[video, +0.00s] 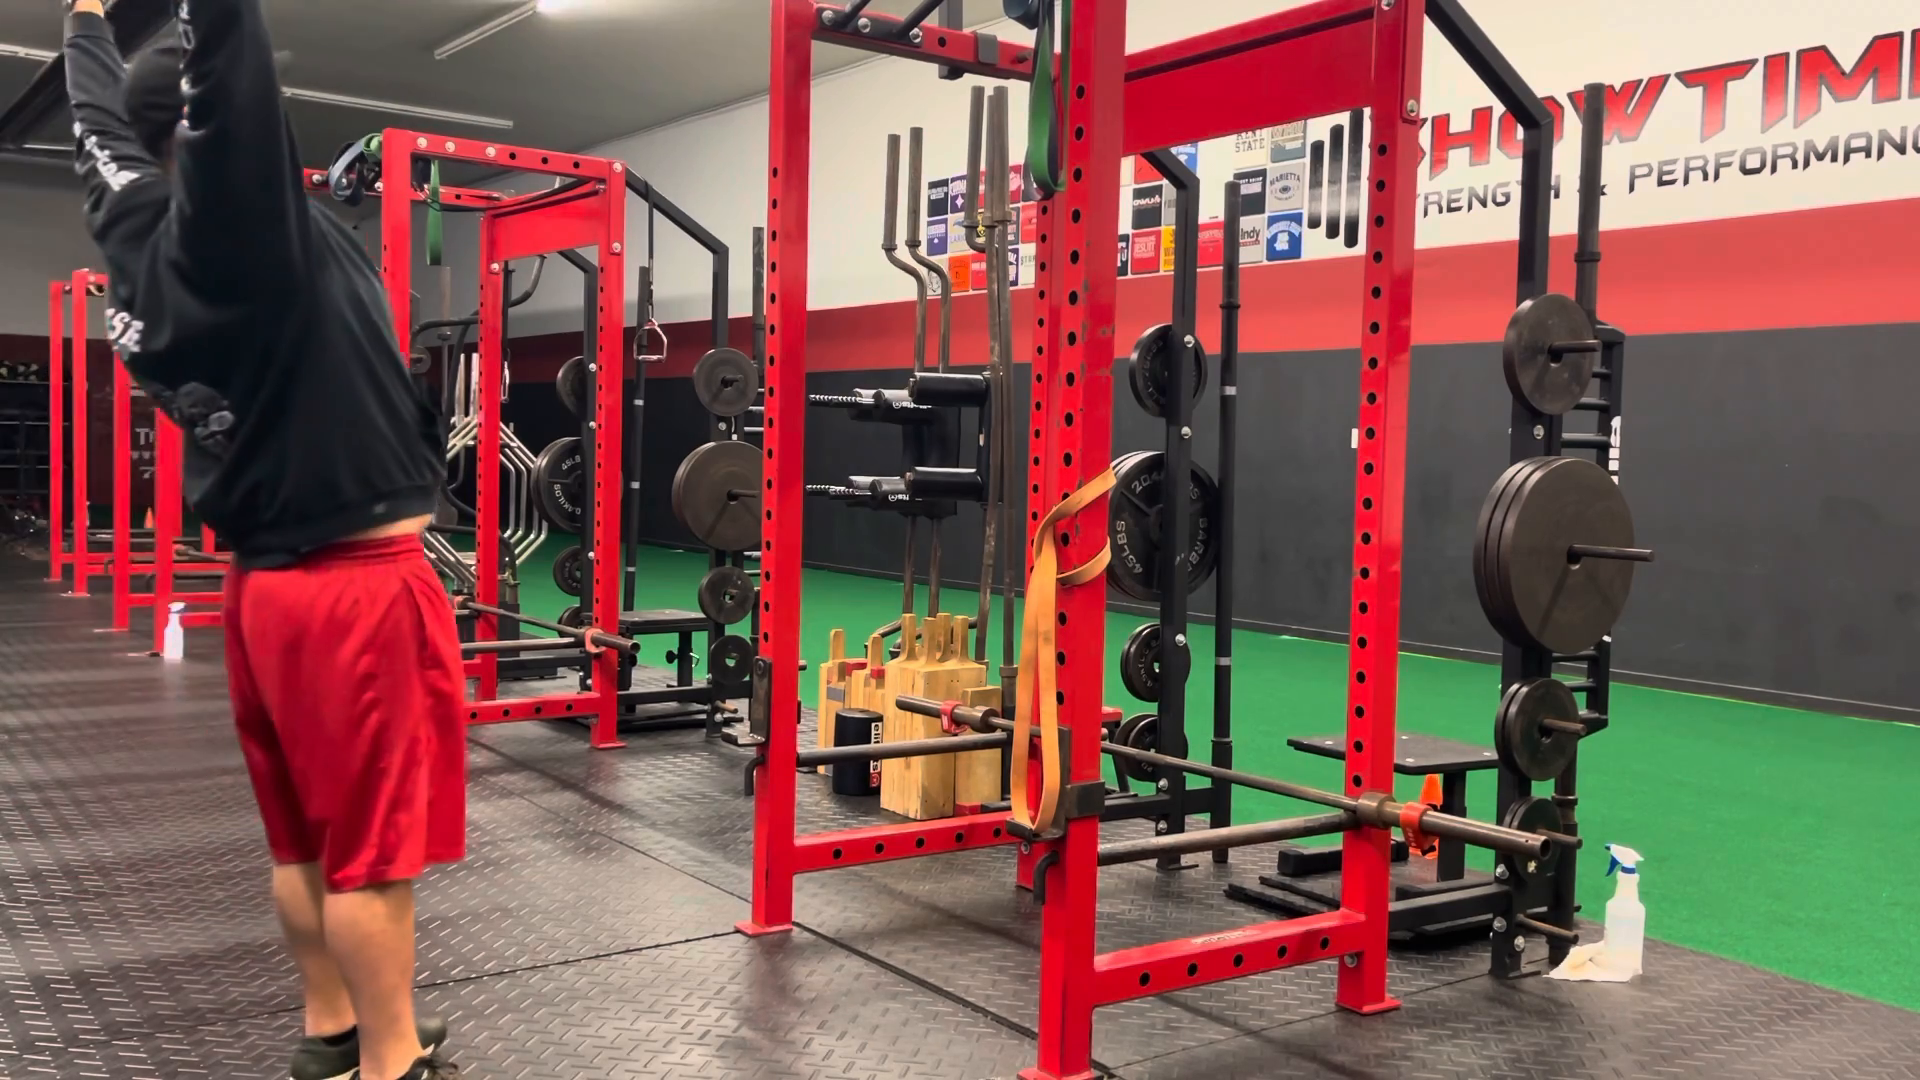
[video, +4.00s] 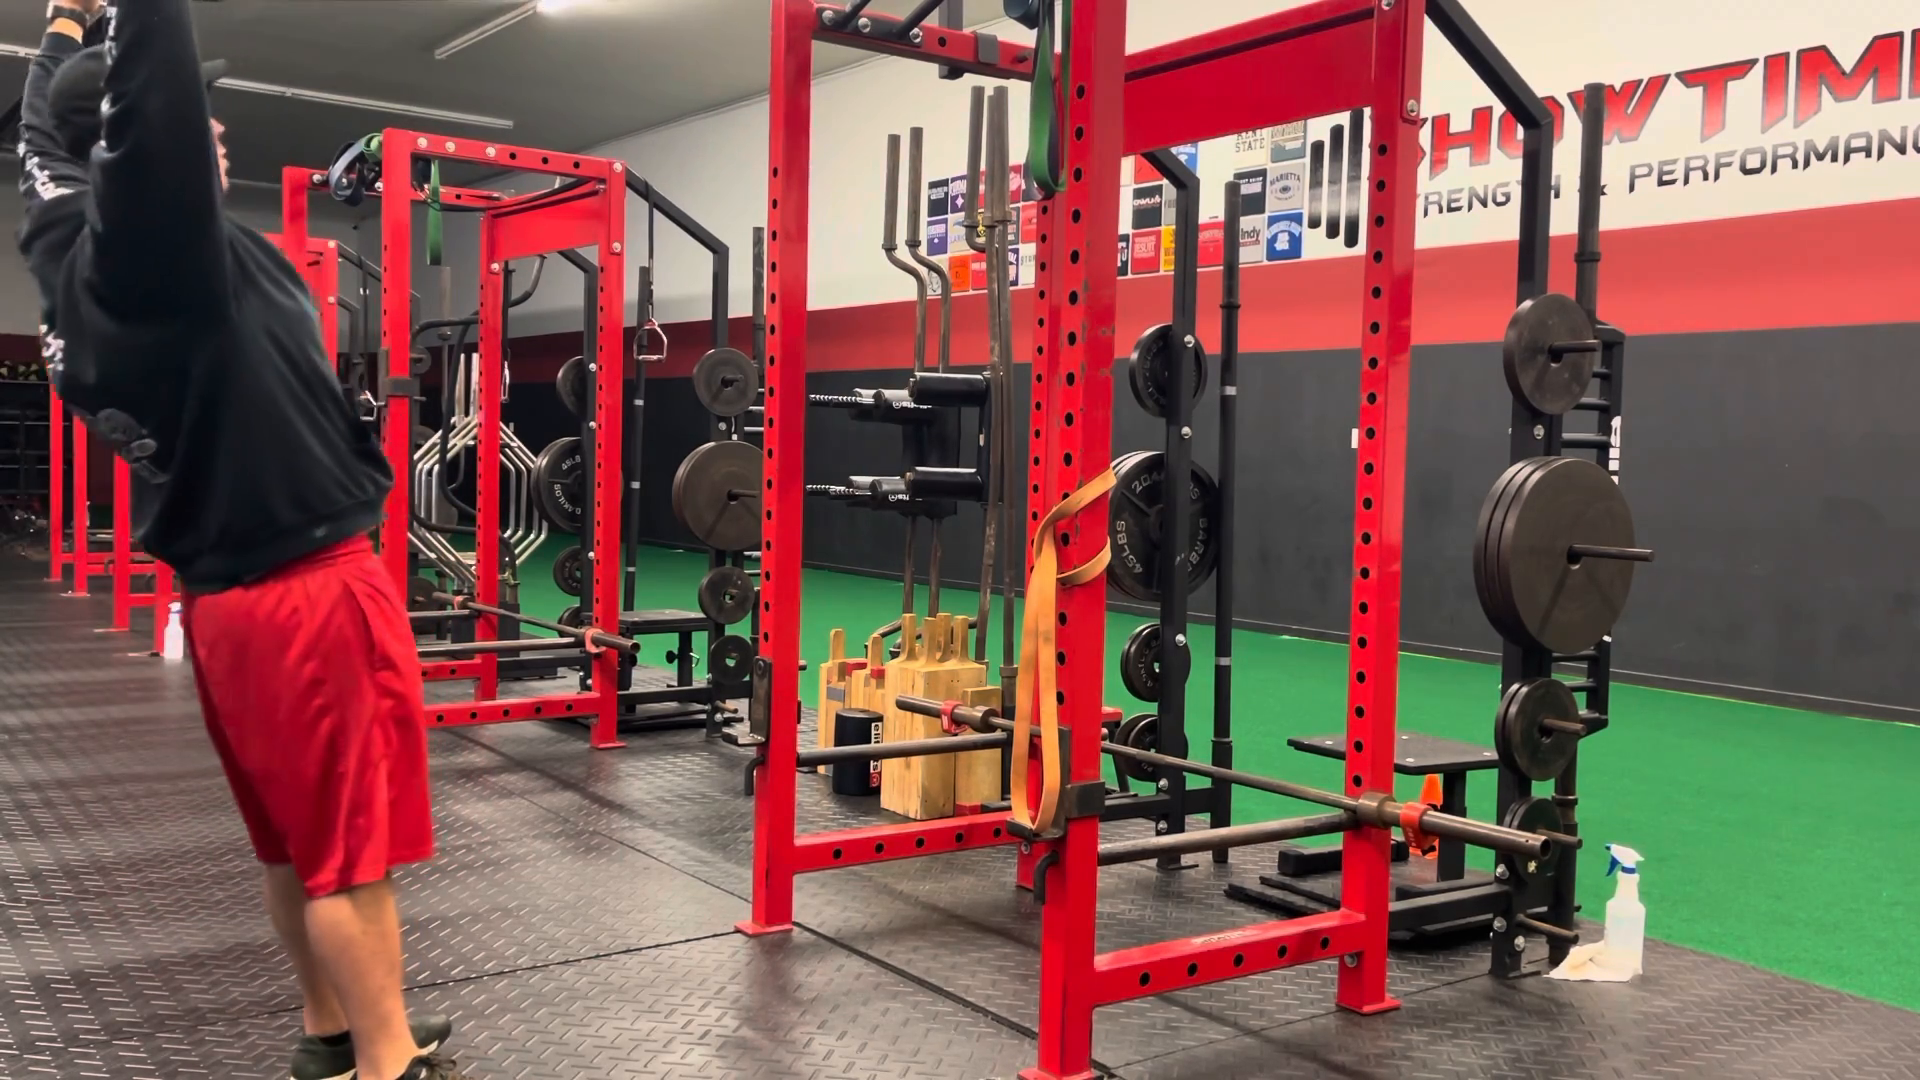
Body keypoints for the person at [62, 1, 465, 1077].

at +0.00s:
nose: (248, 122)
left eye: (221, 99)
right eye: (226, 99)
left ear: (149, 137)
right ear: (216, 119)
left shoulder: (146, 239)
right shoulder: (244, 220)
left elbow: (105, 130)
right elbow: (230, 62)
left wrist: (83, 18)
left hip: (263, 591)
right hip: (355, 591)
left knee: (300, 836)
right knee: (371, 855)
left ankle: (331, 1027)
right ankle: (392, 1056)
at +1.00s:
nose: (241, 127)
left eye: (225, 110)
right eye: (215, 111)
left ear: (115, 146)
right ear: (184, 126)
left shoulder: (134, 245)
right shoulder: (202, 222)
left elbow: (92, 132)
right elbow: (199, 72)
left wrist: (87, 27)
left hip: (262, 586)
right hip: (329, 587)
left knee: (312, 833)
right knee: (357, 847)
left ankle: (332, 1023)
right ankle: (390, 1059)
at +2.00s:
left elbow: (28, 323)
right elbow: (26, 326)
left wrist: (188, 245)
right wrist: (196, 241)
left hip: (38, 634)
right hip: (33, 644)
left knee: (193, 849)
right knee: (205, 879)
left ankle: (318, 1030)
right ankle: (358, 1066)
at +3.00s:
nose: (111, 133)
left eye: (97, 118)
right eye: (91, 118)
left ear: (29, 157)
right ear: (67, 136)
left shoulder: (48, 281)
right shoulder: (119, 247)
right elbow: (139, 51)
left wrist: (78, 45)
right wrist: (96, 26)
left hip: (220, 612)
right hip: (300, 597)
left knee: (288, 847)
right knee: (350, 858)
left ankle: (330, 1026)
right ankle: (388, 1061)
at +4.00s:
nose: (220, 134)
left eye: (211, 118)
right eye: (200, 119)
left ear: (114, 158)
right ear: (158, 141)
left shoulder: (83, 277)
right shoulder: (169, 254)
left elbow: (51, 152)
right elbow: (161, 98)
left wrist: (68, 34)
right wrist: (133, 1)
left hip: (228, 605)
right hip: (307, 594)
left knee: (293, 845)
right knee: (352, 855)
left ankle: (333, 1025)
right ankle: (389, 1058)